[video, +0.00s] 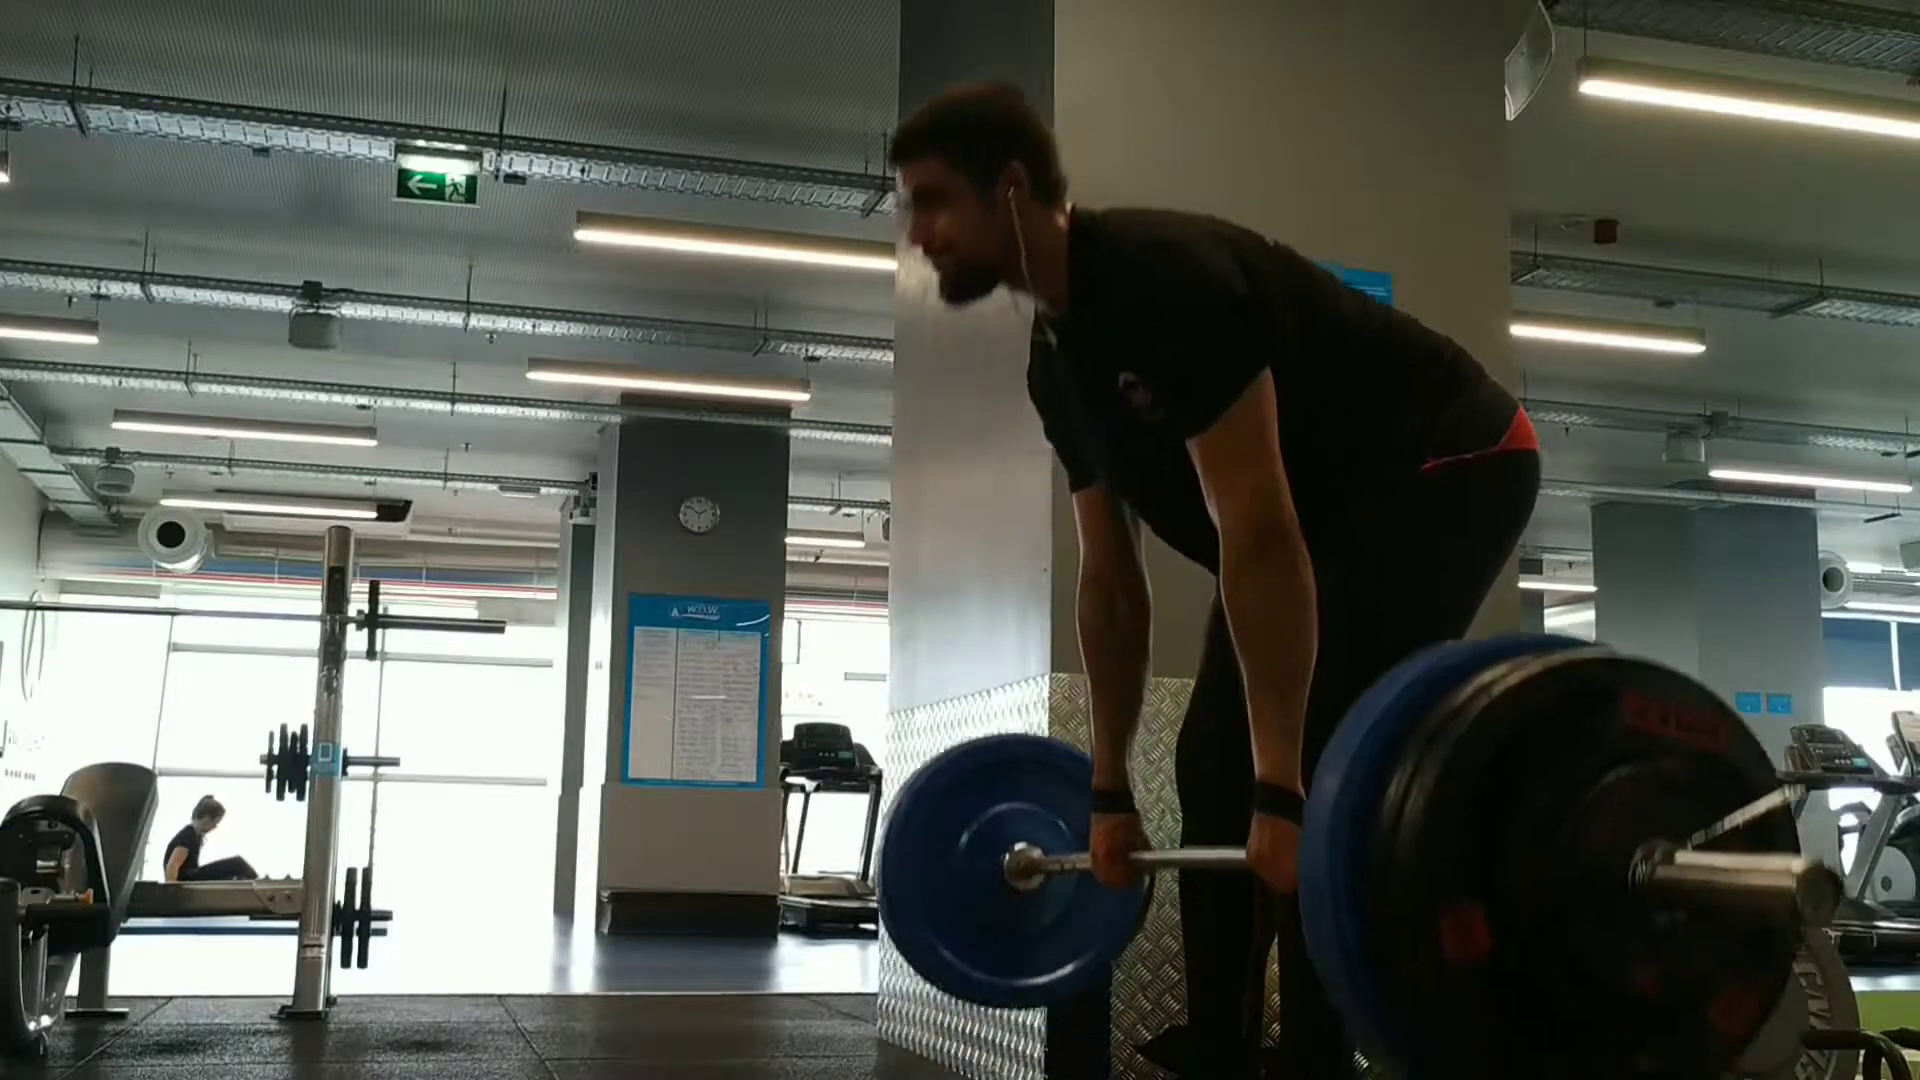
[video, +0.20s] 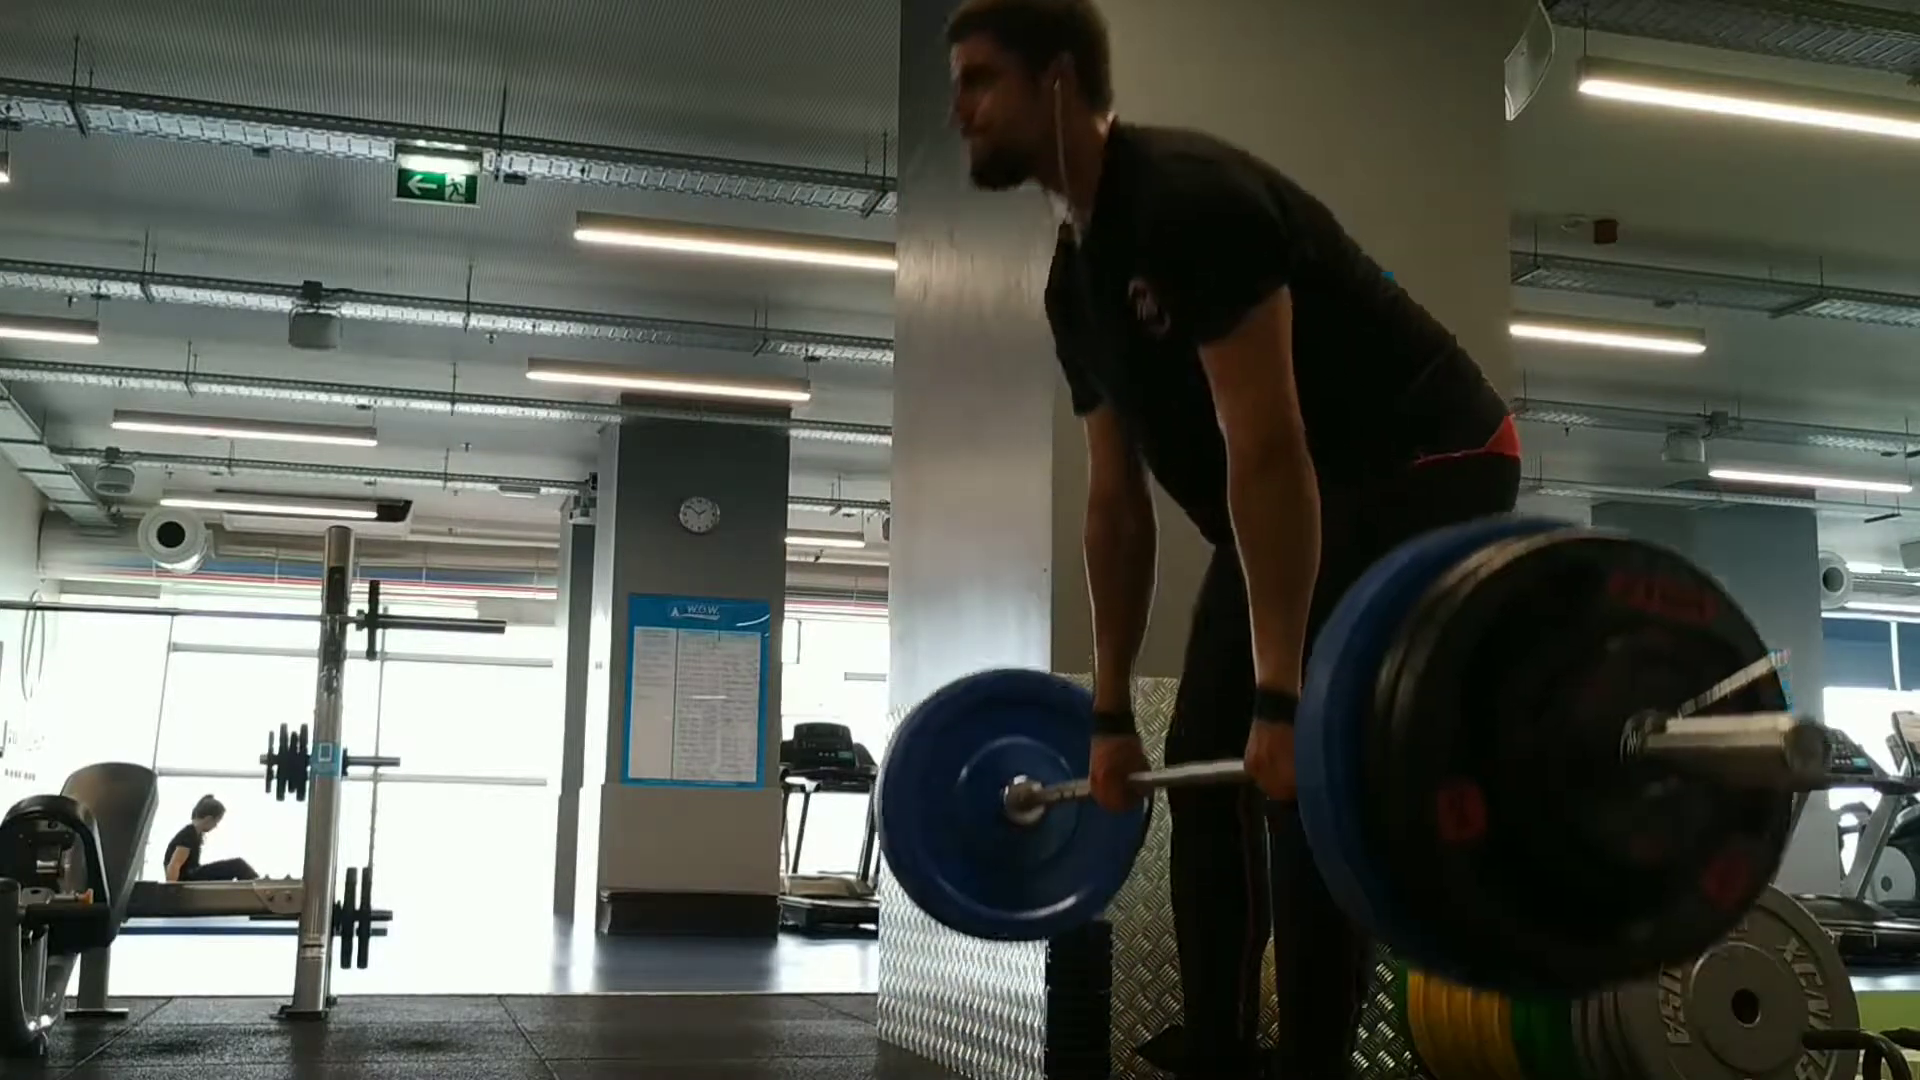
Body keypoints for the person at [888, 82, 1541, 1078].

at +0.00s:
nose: (916, 235)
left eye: (933, 204)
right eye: (908, 211)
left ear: (1014, 188)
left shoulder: (1169, 282)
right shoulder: (1057, 356)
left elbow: (1264, 540)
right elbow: (1109, 580)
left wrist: (1279, 793)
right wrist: (1110, 789)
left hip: (1446, 469)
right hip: (1308, 503)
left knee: (1334, 763)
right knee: (1212, 756)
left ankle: (1320, 1045)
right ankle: (1221, 1030)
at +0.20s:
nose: (959, 109)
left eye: (979, 82)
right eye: (956, 88)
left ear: (1060, 82)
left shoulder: (1191, 197)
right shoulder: (1074, 282)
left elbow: (1271, 456)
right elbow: (1115, 498)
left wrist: (1279, 699)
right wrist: (1110, 713)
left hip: (1416, 483)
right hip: (1279, 507)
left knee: (1314, 772)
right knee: (1202, 766)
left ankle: (1312, 1060)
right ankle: (1215, 1051)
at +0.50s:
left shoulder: (1257, 63)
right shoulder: (1123, 139)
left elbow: (1296, 305)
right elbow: (1138, 369)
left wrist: (1284, 538)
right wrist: (1120, 579)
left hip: (1300, 505)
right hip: (1199, 514)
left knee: (1285, 788)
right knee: (1195, 785)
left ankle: (1313, 1057)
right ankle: (1213, 1050)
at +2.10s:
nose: (945, 134)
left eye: (963, 105)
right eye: (938, 111)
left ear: (1044, 100)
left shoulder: (1177, 217)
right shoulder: (1061, 300)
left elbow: (1267, 476)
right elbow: (1117, 518)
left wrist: (1273, 722)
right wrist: (1114, 728)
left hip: (1420, 479)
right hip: (1284, 503)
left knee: (1303, 764)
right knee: (1192, 754)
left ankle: (1311, 1052)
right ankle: (1212, 1038)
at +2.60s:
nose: (904, 310)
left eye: (923, 275)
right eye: (900, 283)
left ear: (1004, 264)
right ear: (998, 274)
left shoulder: (1152, 350)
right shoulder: (1050, 442)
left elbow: (1261, 623)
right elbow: (1111, 642)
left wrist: (1279, 887)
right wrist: (1115, 861)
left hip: (1461, 490)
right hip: (1326, 533)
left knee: (1285, 747)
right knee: (1174, 761)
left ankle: (1317, 1037)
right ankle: (1209, 1041)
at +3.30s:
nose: (949, 133)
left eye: (967, 103)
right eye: (945, 109)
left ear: (1052, 100)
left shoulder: (1184, 215)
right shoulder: (1065, 303)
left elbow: (1270, 480)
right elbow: (1116, 521)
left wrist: (1278, 723)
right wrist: (1117, 730)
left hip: (1427, 470)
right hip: (1290, 498)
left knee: (1330, 756)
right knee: (1212, 750)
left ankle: (1318, 1052)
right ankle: (1216, 1043)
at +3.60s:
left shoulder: (1248, 69)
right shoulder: (1129, 136)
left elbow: (1283, 317)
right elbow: (1126, 376)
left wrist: (1272, 544)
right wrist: (1110, 579)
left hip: (1327, 483)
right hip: (1220, 490)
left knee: (1294, 776)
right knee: (1200, 769)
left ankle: (1314, 1060)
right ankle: (1215, 1050)